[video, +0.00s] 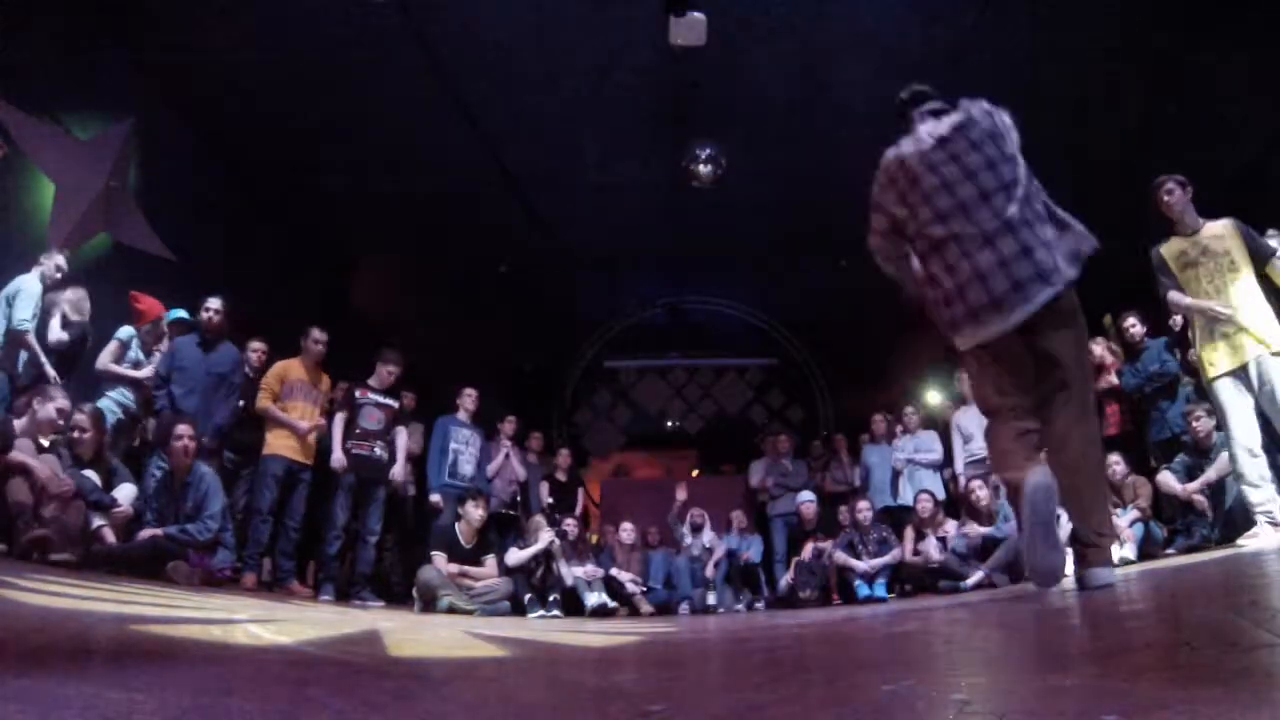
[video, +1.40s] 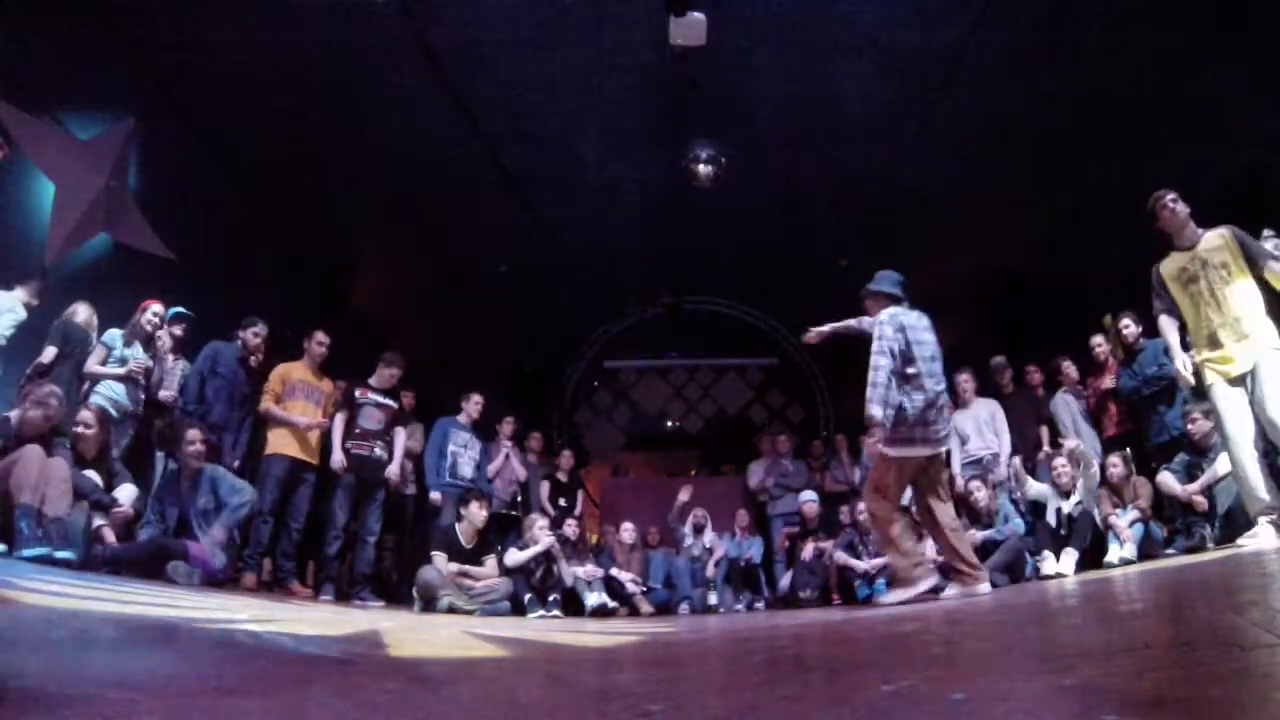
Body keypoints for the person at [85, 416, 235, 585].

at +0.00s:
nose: (186, 445)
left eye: (191, 439)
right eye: (179, 439)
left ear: (197, 445)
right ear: (168, 447)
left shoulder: (207, 478)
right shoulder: (163, 480)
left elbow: (207, 532)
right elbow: (151, 518)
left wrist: (162, 533)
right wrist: (150, 534)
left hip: (210, 553)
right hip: (174, 546)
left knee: (155, 545)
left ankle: (95, 556)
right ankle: (177, 572)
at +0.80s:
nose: (199, 448)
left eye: (203, 442)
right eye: (192, 442)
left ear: (208, 447)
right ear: (180, 448)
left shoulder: (214, 478)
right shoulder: (165, 481)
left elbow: (224, 515)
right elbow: (152, 522)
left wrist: (182, 520)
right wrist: (144, 541)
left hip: (211, 555)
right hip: (171, 547)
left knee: (164, 543)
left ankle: (99, 556)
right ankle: (182, 575)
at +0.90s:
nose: (202, 441)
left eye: (206, 437)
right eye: (197, 435)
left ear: (212, 444)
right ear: (185, 439)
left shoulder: (219, 470)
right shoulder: (169, 471)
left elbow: (242, 492)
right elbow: (154, 519)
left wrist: (208, 467)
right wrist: (141, 544)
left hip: (213, 551)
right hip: (173, 545)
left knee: (162, 544)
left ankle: (94, 556)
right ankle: (185, 576)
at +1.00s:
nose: (205, 440)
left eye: (210, 435)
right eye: (199, 433)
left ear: (214, 441)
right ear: (183, 436)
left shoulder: (217, 469)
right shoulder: (165, 471)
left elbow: (244, 482)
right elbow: (154, 519)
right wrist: (139, 546)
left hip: (214, 557)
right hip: (175, 546)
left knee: (159, 541)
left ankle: (96, 555)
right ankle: (185, 576)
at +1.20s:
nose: (201, 444)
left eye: (204, 439)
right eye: (194, 438)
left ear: (209, 444)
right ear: (179, 444)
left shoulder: (223, 475)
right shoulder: (171, 479)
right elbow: (154, 519)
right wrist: (144, 543)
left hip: (213, 558)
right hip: (175, 547)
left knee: (159, 543)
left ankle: (98, 555)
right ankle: (182, 575)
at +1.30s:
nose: (198, 450)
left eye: (201, 444)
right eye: (191, 445)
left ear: (206, 448)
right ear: (178, 451)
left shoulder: (214, 476)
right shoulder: (171, 478)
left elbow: (242, 496)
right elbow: (154, 517)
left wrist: (225, 540)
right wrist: (143, 544)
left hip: (212, 553)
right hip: (176, 547)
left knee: (159, 546)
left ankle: (102, 555)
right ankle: (184, 575)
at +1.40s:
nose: (199, 449)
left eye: (202, 443)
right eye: (191, 444)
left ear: (206, 446)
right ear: (177, 450)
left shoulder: (214, 474)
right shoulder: (169, 478)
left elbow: (247, 495)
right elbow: (154, 518)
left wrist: (221, 527)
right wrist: (145, 543)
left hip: (211, 551)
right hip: (175, 546)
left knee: (160, 545)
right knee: (152, 557)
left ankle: (102, 555)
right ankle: (184, 575)